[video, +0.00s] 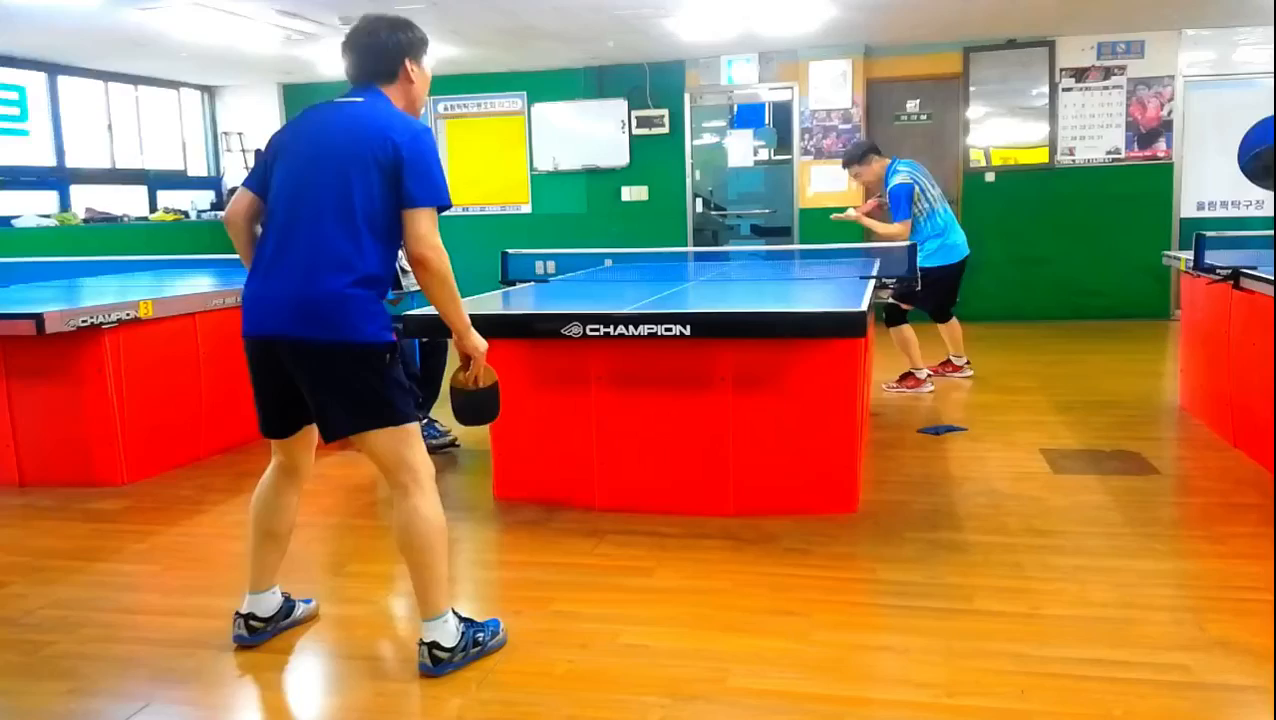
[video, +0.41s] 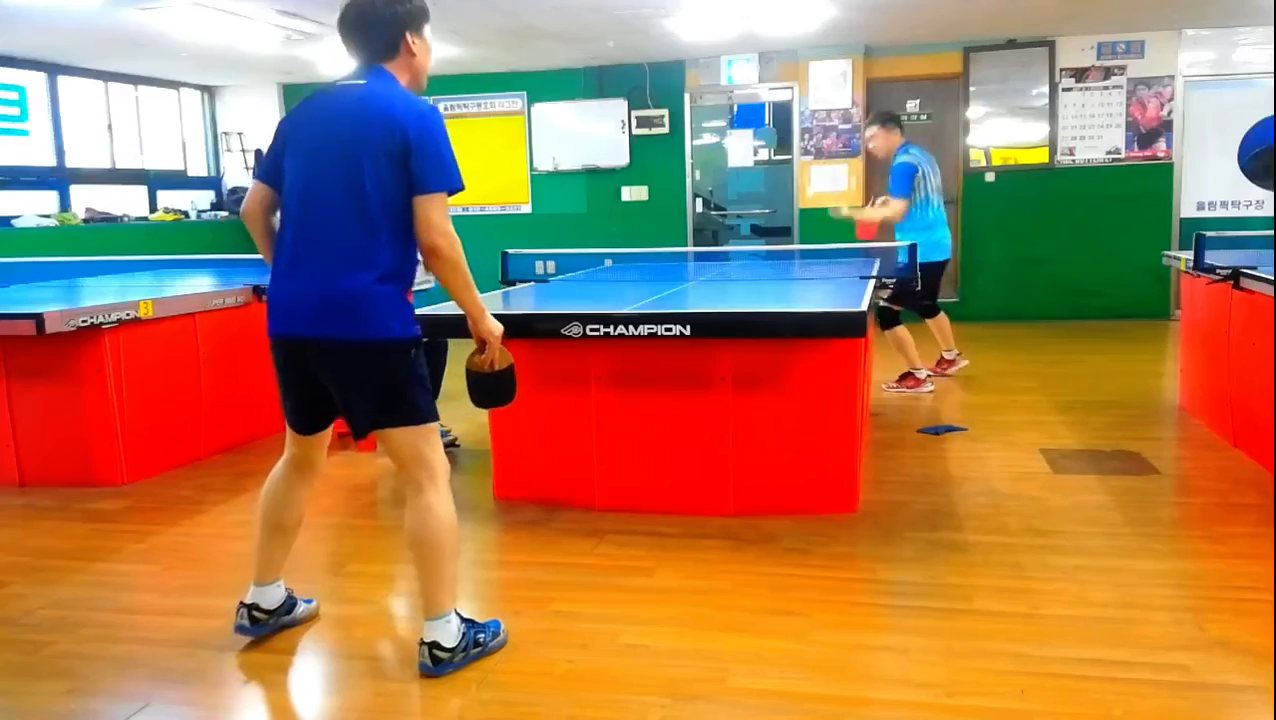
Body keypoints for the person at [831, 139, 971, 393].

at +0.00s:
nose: (860, 183)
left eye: (858, 176)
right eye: (855, 179)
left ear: (872, 162)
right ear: (875, 161)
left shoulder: (899, 183)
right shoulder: (907, 167)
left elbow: (901, 231)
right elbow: (917, 205)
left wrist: (862, 219)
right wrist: (884, 204)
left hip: (934, 257)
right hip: (953, 251)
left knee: (894, 312)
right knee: (939, 309)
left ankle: (918, 375)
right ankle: (959, 363)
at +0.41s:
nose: (869, 146)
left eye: (872, 138)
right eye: (867, 140)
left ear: (892, 133)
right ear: (896, 135)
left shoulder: (903, 163)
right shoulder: (920, 156)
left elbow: (896, 212)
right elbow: (922, 201)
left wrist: (853, 213)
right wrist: (890, 200)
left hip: (919, 251)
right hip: (937, 247)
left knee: (886, 312)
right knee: (925, 302)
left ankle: (918, 375)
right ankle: (951, 355)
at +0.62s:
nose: (885, 120)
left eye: (891, 113)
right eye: (886, 114)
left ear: (911, 117)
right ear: (915, 119)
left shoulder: (902, 143)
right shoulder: (933, 149)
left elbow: (873, 179)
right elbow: (938, 191)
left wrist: (843, 161)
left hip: (903, 238)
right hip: (926, 237)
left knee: (891, 307)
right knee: (917, 300)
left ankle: (916, 374)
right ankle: (941, 352)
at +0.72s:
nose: (891, 119)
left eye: (897, 113)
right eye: (894, 113)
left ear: (916, 118)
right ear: (920, 121)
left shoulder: (903, 143)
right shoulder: (935, 151)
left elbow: (879, 183)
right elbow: (939, 192)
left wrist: (846, 178)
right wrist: (907, 189)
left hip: (902, 237)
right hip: (926, 238)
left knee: (892, 308)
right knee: (917, 300)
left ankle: (917, 374)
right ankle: (941, 355)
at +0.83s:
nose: (893, 118)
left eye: (900, 112)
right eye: (896, 112)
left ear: (918, 119)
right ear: (922, 121)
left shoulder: (904, 142)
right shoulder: (936, 151)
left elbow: (882, 182)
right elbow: (939, 192)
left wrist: (848, 182)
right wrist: (909, 192)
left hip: (902, 237)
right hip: (925, 238)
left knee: (891, 308)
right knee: (919, 301)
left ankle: (917, 375)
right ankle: (943, 355)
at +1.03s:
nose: (897, 119)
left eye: (904, 114)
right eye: (900, 114)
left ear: (921, 120)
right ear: (927, 123)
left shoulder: (902, 144)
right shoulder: (941, 153)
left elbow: (883, 180)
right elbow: (944, 191)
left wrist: (860, 194)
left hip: (904, 238)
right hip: (928, 239)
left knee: (894, 307)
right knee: (919, 300)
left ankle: (918, 375)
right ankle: (946, 356)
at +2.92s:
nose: (808, 159)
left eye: (813, 152)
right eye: (803, 154)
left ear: (828, 149)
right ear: (798, 154)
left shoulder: (847, 166)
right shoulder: (795, 179)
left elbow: (890, 171)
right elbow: (783, 215)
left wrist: (901, 185)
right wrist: (790, 223)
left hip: (854, 254)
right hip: (816, 259)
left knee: (875, 306)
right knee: (817, 314)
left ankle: (890, 363)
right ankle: (821, 369)